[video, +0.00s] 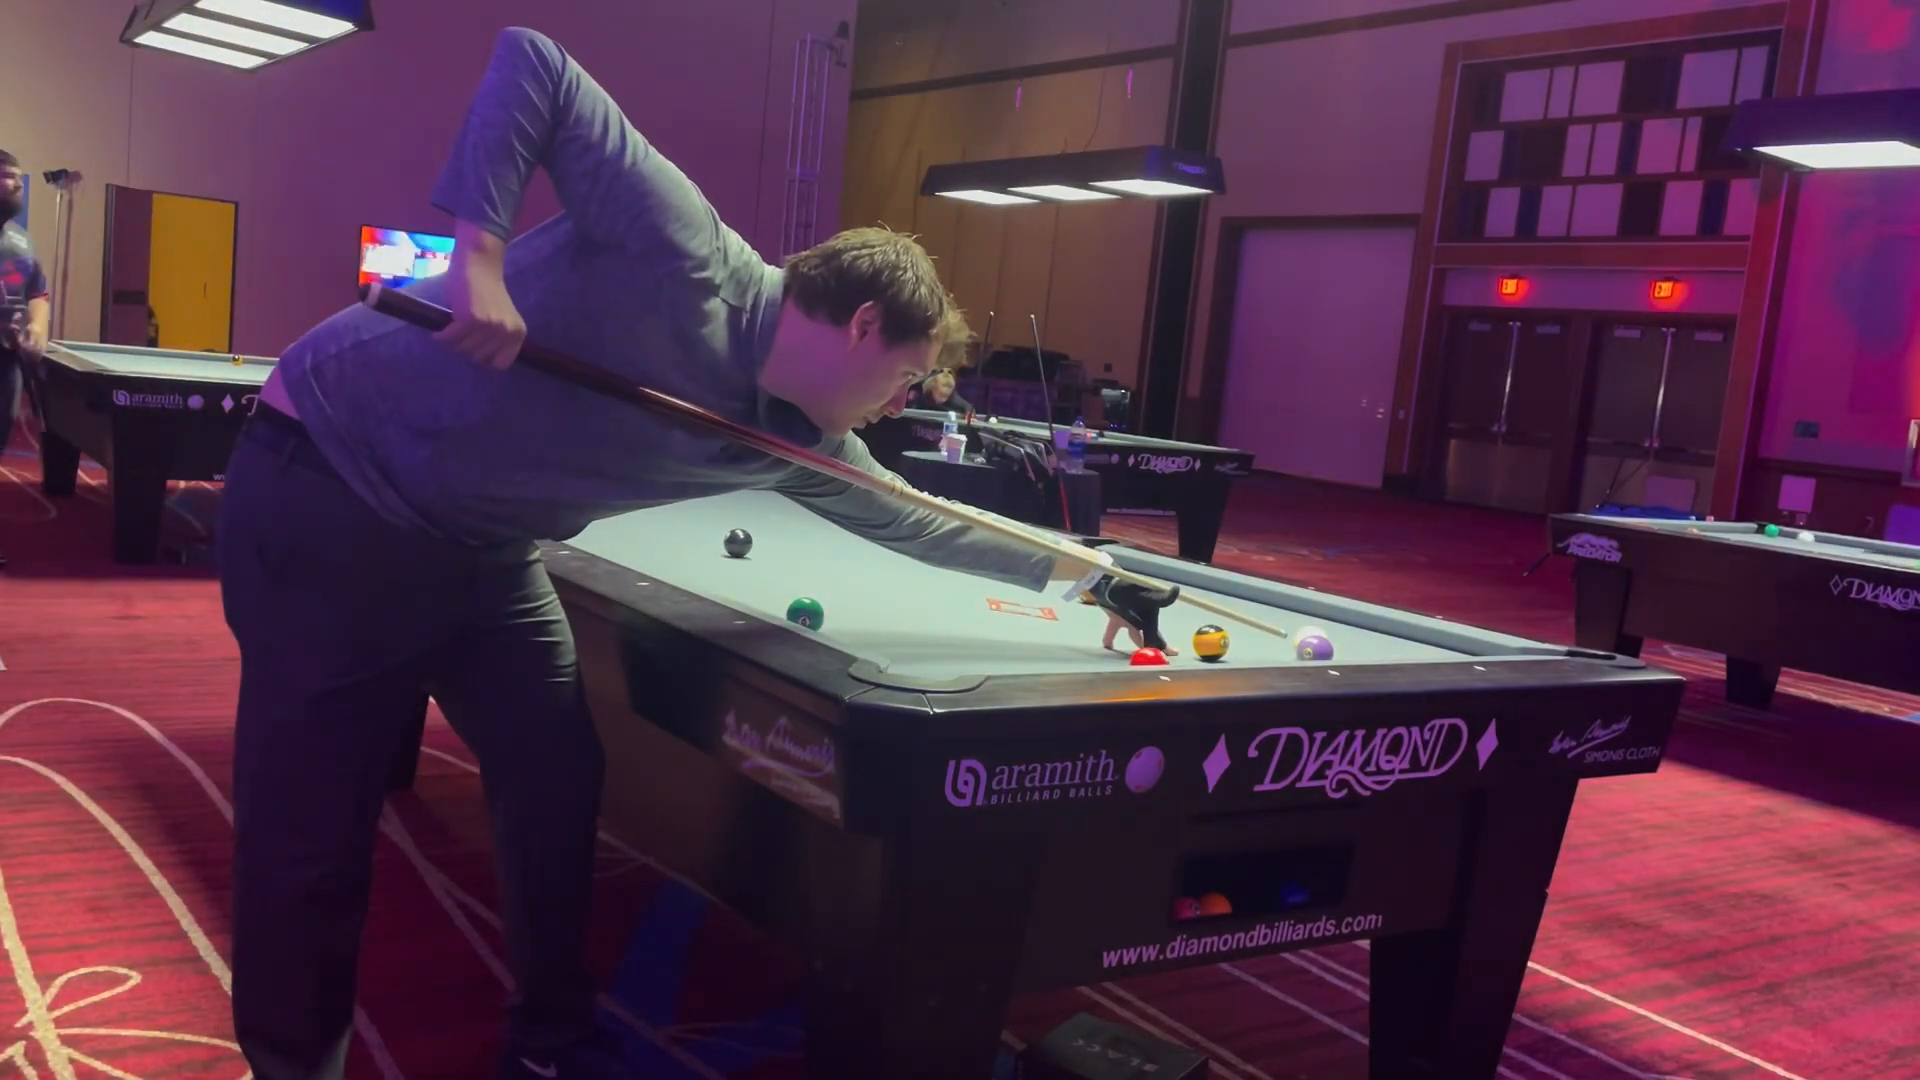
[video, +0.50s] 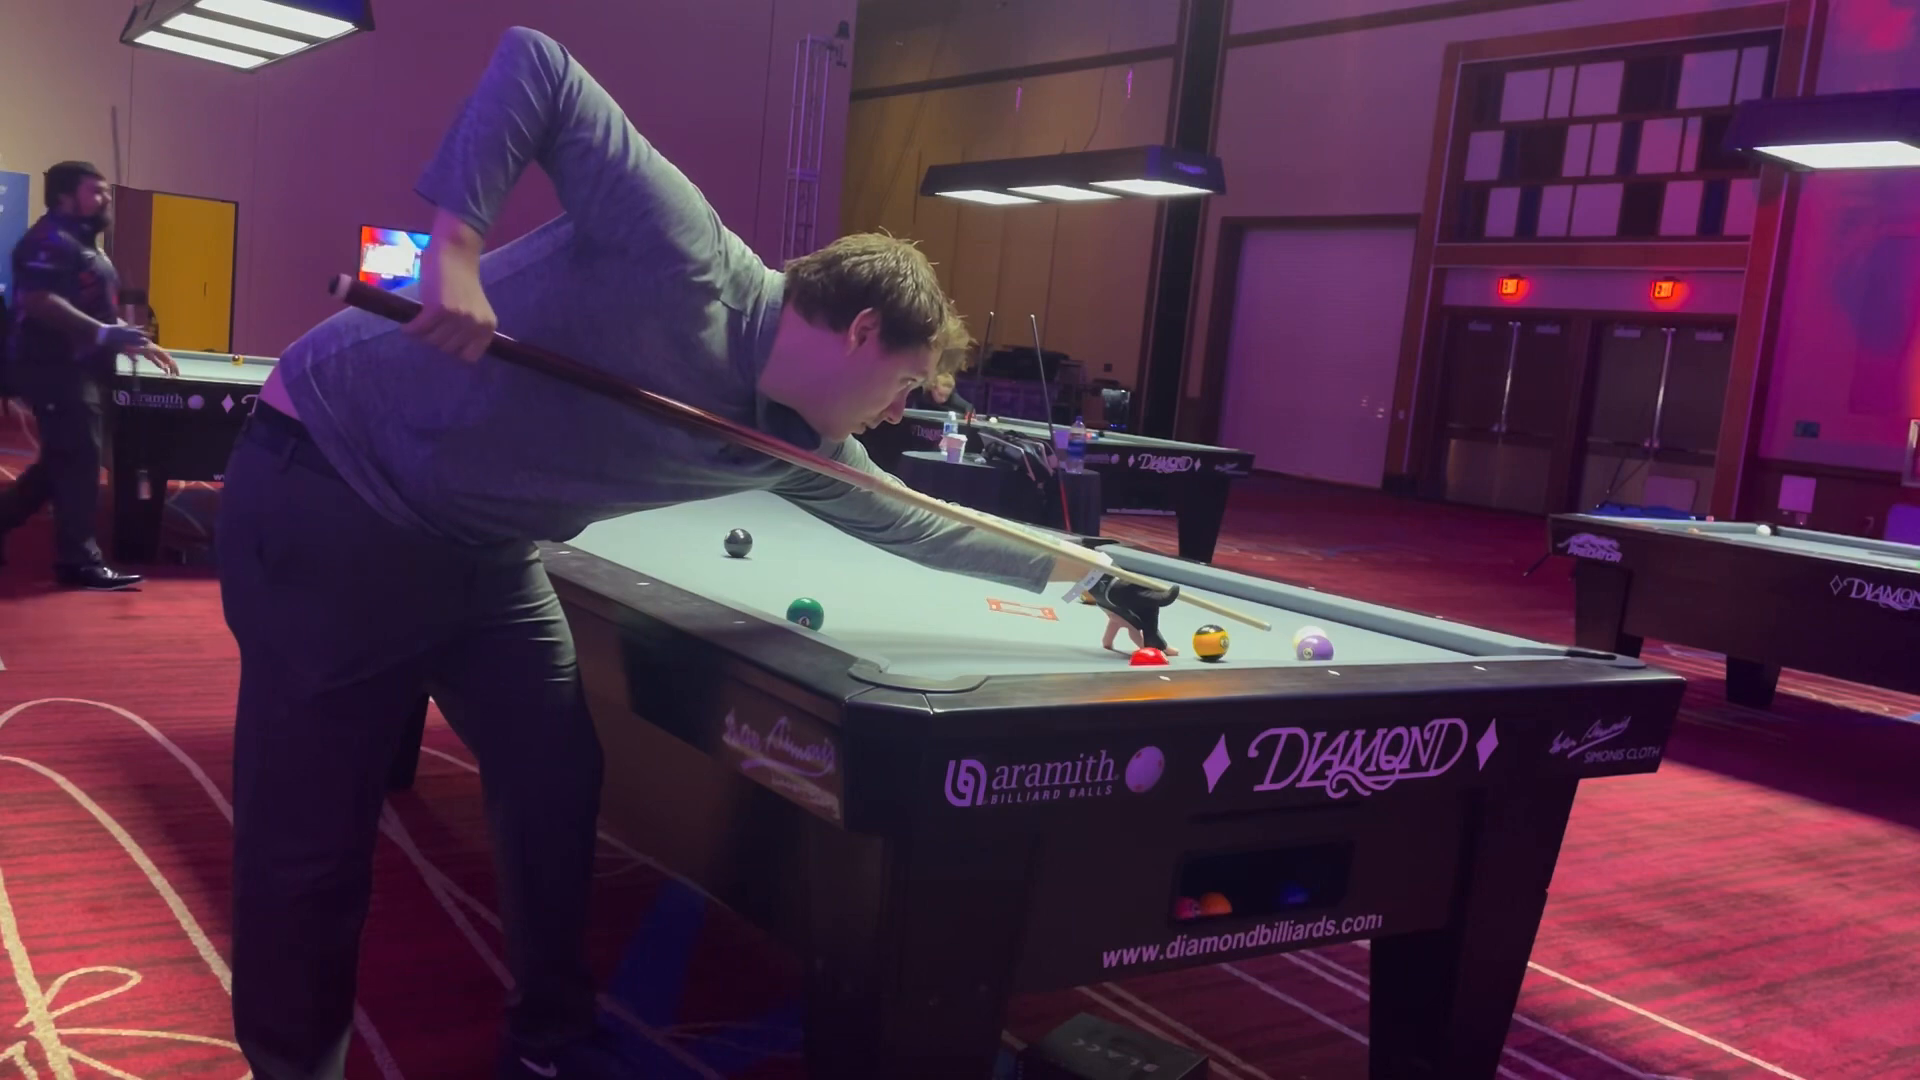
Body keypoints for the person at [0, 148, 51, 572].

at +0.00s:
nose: (14, 184)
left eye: (16, 177)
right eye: (8, 177)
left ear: (21, 185)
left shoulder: (19, 242)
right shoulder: (13, 245)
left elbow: (38, 290)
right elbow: (39, 290)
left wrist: (39, 328)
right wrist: (25, 329)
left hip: (10, 360)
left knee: (3, 438)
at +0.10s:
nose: (30, 185)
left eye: (31, 178)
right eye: (21, 177)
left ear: (32, 186)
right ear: (1, 184)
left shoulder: (33, 246)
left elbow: (52, 291)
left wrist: (56, 320)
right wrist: (10, 320)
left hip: (17, 362)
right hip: (4, 362)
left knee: (9, 436)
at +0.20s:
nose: (47, 189)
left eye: (48, 183)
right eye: (37, 181)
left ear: (50, 191)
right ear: (11, 188)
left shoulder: (45, 245)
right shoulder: (3, 237)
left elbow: (61, 294)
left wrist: (80, 320)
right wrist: (19, 321)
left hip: (31, 355)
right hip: (6, 354)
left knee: (18, 440)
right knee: (10, 439)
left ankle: (4, 542)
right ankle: (2, 545)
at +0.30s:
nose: (63, 194)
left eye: (64, 188)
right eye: (54, 187)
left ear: (62, 196)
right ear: (27, 193)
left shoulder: (59, 245)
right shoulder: (11, 233)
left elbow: (75, 302)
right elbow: (4, 293)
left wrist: (109, 332)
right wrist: (37, 320)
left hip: (48, 360)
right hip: (18, 358)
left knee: (46, 447)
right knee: (30, 449)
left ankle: (52, 545)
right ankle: (50, 546)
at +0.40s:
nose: (82, 198)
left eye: (82, 192)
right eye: (72, 191)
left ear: (72, 201)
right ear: (44, 198)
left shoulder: (67, 244)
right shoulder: (24, 238)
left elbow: (88, 312)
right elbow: (9, 295)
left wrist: (131, 340)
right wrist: (65, 328)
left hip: (59, 366)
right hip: (35, 368)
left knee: (20, 462)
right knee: (61, 461)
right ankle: (75, 560)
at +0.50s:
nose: (105, 199)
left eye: (106, 193)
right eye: (97, 191)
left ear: (92, 201)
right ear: (68, 197)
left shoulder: (86, 244)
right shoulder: (50, 238)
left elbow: (102, 315)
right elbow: (36, 299)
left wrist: (141, 345)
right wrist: (104, 333)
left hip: (81, 369)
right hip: (57, 369)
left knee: (61, 462)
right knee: (81, 458)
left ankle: (2, 518)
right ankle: (79, 561)